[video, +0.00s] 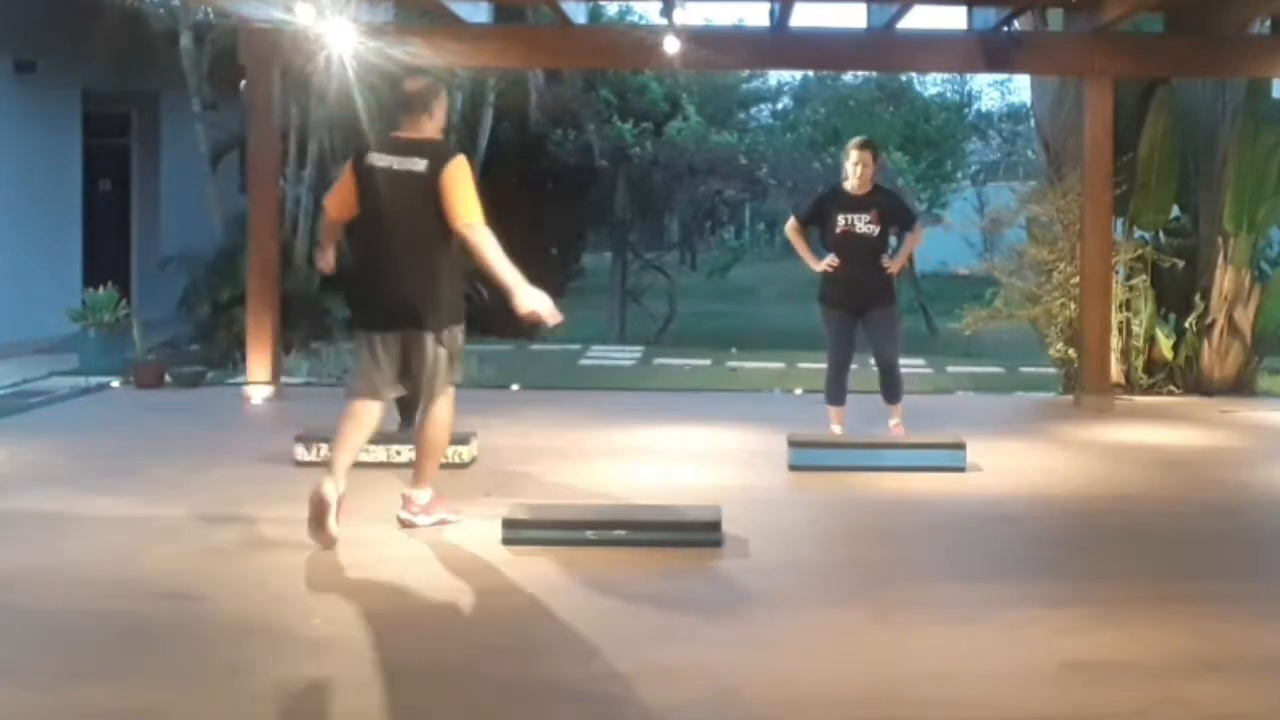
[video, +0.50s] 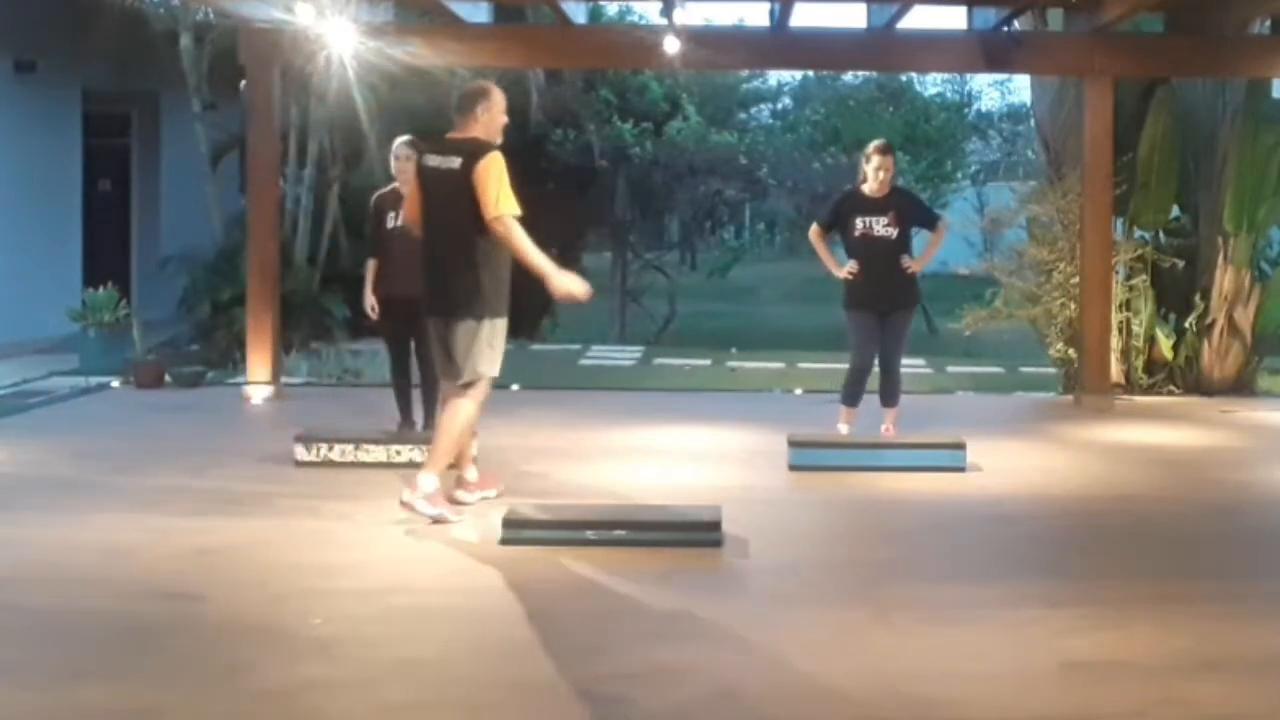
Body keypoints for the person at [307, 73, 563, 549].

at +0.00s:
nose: (447, 118)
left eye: (444, 110)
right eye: (446, 110)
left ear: (400, 111)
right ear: (437, 111)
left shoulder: (367, 161)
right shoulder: (449, 164)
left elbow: (334, 212)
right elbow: (472, 229)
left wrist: (327, 246)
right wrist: (520, 288)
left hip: (375, 304)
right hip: (433, 307)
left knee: (367, 395)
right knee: (439, 398)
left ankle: (333, 484)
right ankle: (421, 498)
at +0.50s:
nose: (506, 120)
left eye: (505, 112)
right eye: (502, 112)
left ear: (464, 113)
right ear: (483, 113)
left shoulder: (428, 154)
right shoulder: (487, 158)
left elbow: (411, 219)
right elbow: (502, 222)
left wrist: (449, 236)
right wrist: (553, 274)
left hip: (438, 290)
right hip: (479, 296)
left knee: (454, 385)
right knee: (474, 387)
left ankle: (464, 475)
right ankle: (426, 484)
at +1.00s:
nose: (561, 123)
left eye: (560, 114)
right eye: (553, 114)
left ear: (530, 120)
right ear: (528, 118)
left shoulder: (512, 158)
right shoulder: (526, 161)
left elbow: (506, 223)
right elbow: (515, 218)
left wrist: (558, 263)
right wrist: (562, 262)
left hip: (510, 293)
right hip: (539, 294)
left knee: (507, 377)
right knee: (556, 374)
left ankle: (473, 468)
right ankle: (550, 469)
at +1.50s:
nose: (601, 117)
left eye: (603, 109)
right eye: (591, 109)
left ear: (606, 113)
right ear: (569, 114)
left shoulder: (603, 159)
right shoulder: (550, 159)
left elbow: (613, 217)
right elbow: (531, 221)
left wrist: (666, 228)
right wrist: (547, 278)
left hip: (605, 291)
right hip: (567, 291)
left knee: (610, 375)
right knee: (569, 379)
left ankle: (623, 464)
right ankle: (551, 469)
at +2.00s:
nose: (608, 115)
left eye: (616, 107)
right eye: (601, 108)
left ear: (630, 111)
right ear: (590, 112)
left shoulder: (653, 161)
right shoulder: (568, 159)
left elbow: (675, 219)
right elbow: (547, 220)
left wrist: (667, 273)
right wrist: (530, 273)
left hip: (638, 290)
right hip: (584, 291)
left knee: (641, 375)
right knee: (593, 376)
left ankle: (631, 464)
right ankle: (604, 470)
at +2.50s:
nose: (623, 115)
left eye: (631, 107)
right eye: (617, 107)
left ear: (647, 111)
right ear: (607, 111)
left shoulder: (669, 159)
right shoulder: (586, 155)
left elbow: (692, 221)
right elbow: (569, 213)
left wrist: (664, 199)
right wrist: (565, 210)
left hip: (647, 289)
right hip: (594, 288)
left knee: (651, 378)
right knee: (599, 378)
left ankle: (653, 472)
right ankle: (603, 472)